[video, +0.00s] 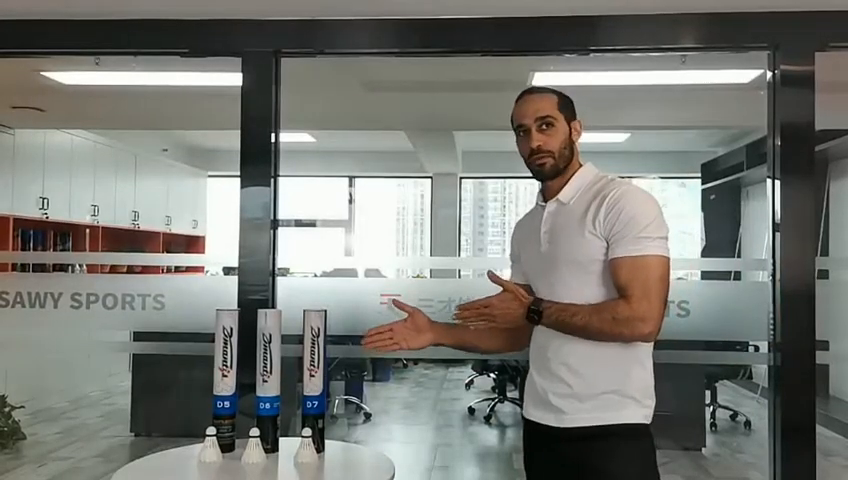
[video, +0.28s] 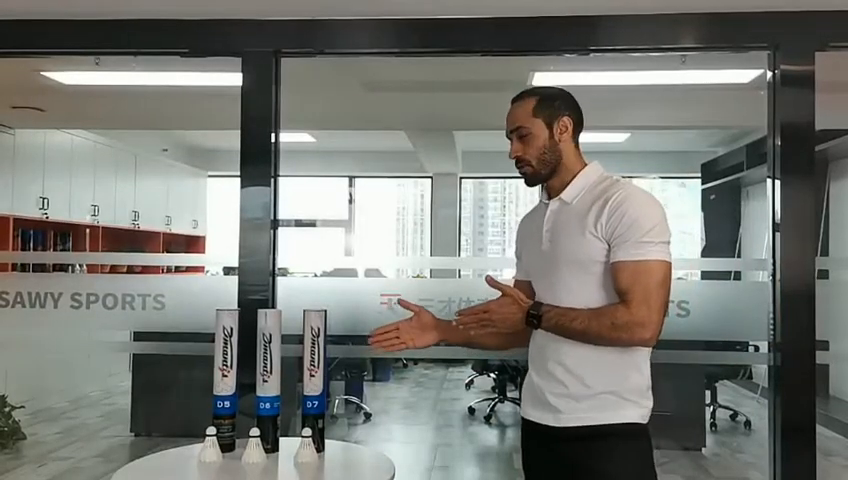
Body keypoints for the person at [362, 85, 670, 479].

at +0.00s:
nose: (533, 142)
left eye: (545, 126)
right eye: (523, 133)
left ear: (575, 130)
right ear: (516, 145)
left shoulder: (626, 203)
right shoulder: (526, 229)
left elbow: (641, 320)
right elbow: (521, 333)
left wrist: (533, 310)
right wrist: (435, 332)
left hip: (613, 427)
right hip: (542, 424)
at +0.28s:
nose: (512, 152)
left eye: (522, 136)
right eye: (510, 139)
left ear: (563, 129)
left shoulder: (629, 206)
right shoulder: (531, 224)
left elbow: (641, 324)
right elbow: (521, 327)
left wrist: (535, 315)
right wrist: (442, 329)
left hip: (609, 428)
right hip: (541, 424)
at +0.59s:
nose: (513, 151)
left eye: (522, 135)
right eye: (512, 138)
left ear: (563, 129)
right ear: (561, 130)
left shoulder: (631, 208)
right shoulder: (534, 223)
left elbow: (642, 328)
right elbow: (522, 324)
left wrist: (535, 321)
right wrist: (445, 328)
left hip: (608, 428)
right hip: (541, 424)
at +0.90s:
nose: (538, 136)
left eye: (552, 121)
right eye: (528, 127)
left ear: (582, 128)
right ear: (522, 139)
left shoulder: (629, 205)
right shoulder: (529, 226)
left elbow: (644, 323)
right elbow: (522, 327)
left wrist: (536, 317)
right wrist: (446, 326)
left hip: (609, 426)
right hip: (540, 423)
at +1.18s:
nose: (547, 137)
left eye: (560, 122)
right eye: (535, 127)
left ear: (586, 130)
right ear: (526, 138)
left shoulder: (631, 206)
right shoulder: (529, 226)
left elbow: (646, 323)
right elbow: (520, 327)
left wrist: (536, 319)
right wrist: (442, 332)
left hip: (609, 427)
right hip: (539, 424)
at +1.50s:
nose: (545, 138)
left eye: (559, 123)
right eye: (535, 127)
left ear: (586, 130)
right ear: (526, 138)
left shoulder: (632, 206)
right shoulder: (529, 226)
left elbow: (648, 323)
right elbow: (521, 326)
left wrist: (536, 320)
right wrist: (440, 332)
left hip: (611, 427)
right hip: (541, 424)